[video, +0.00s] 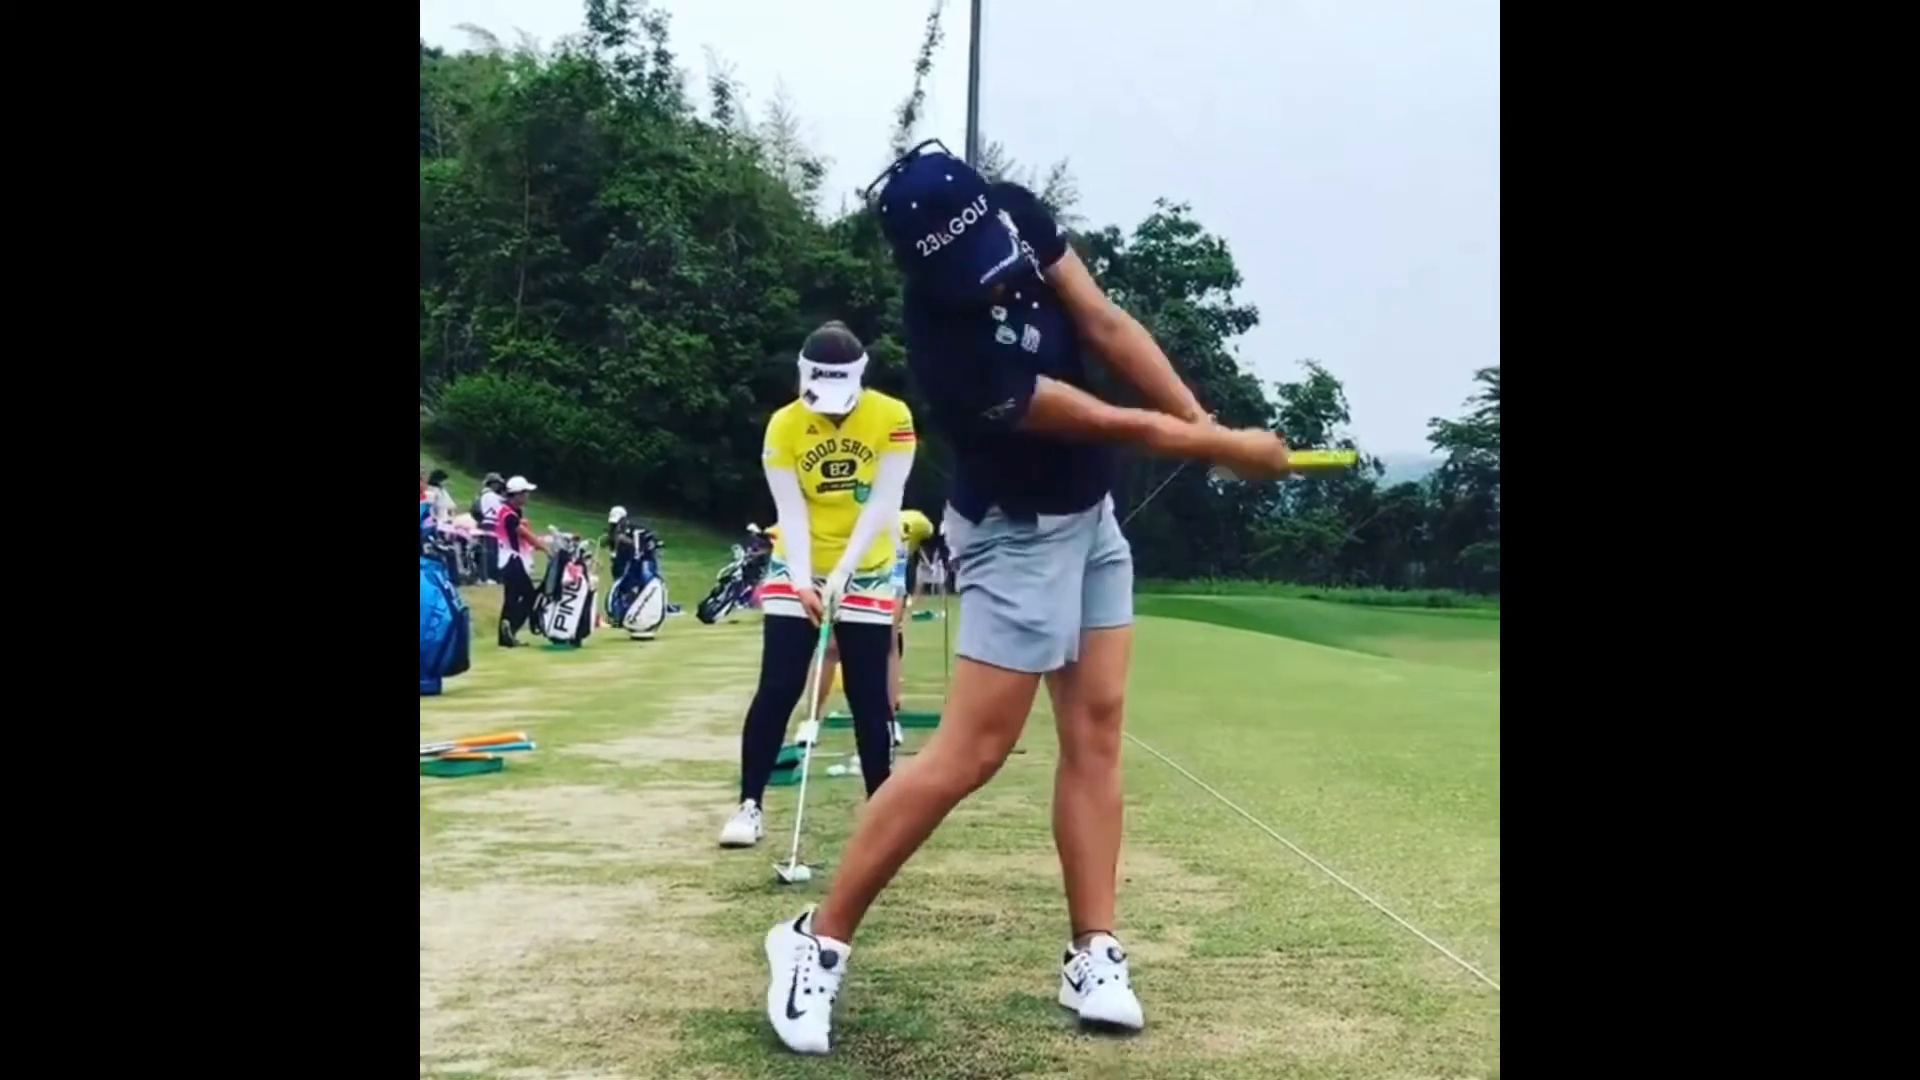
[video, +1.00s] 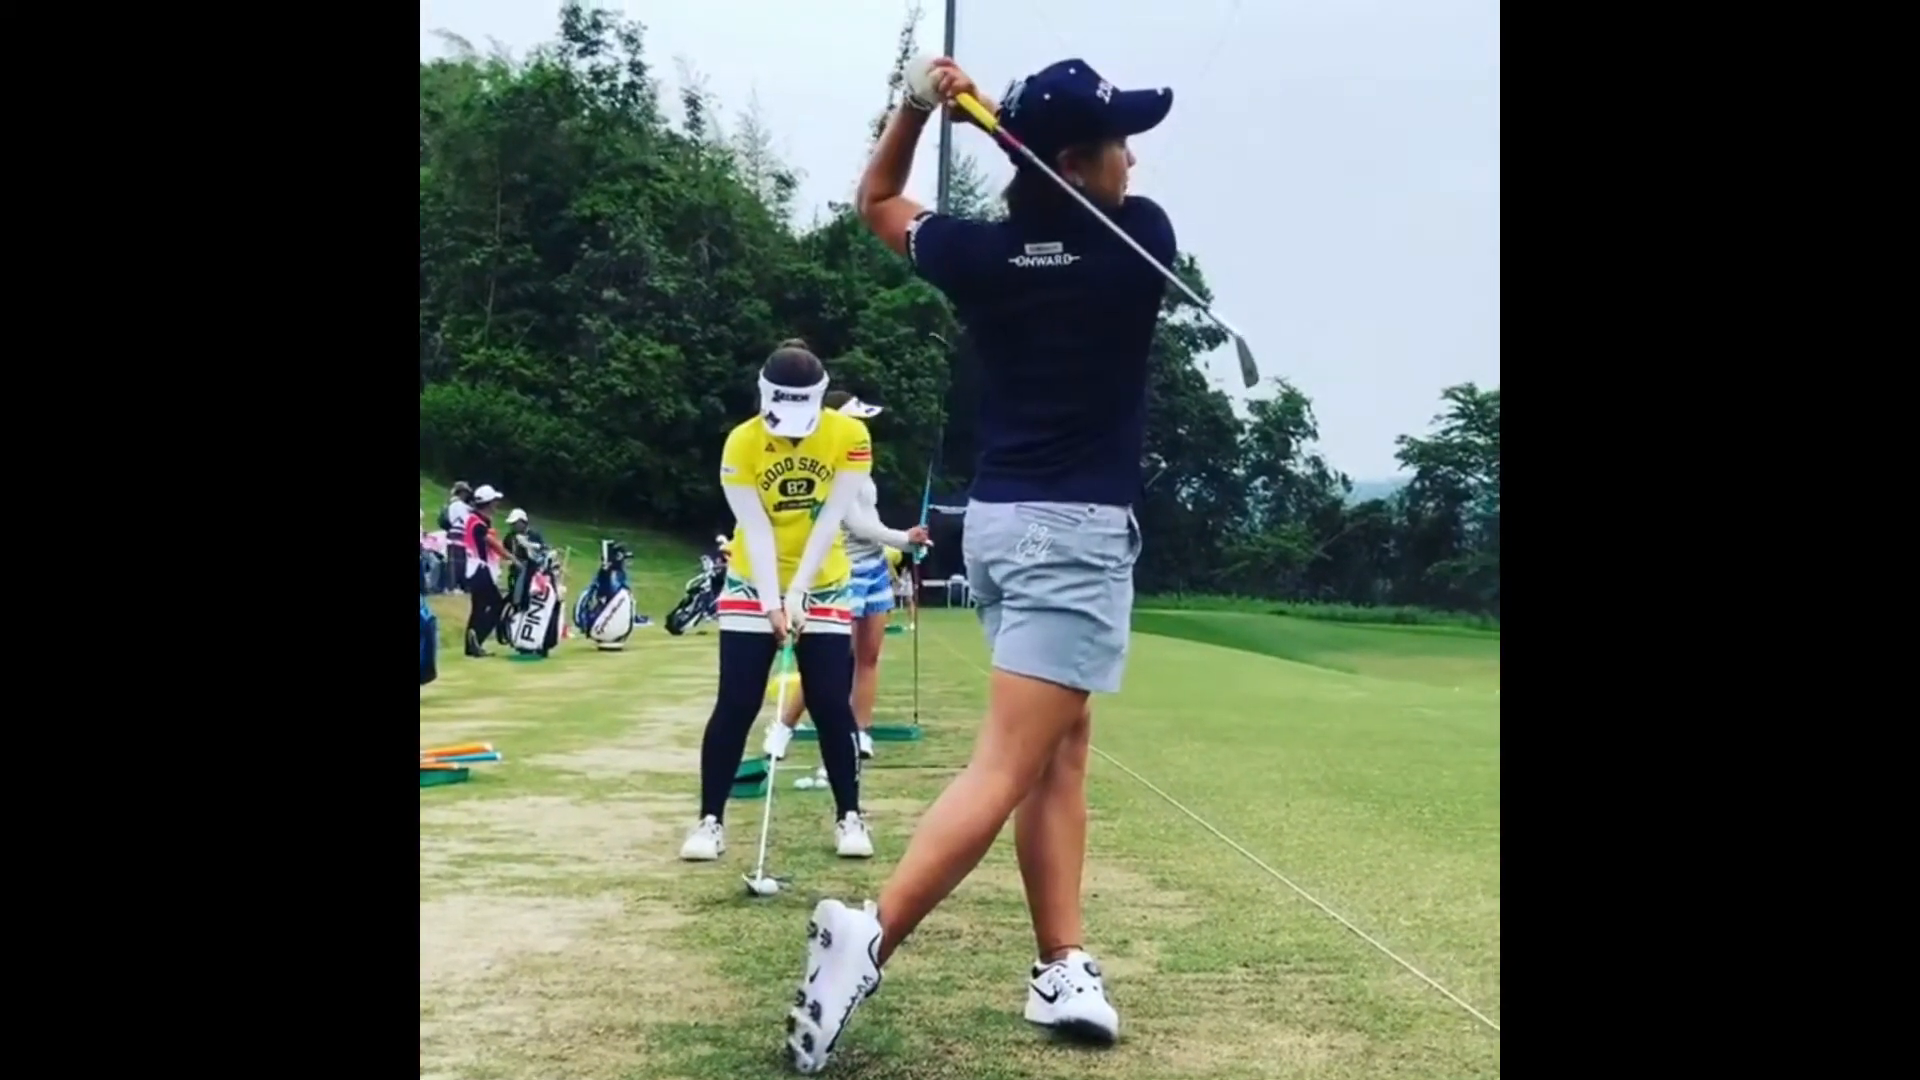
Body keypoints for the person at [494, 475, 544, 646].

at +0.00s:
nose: (527, 497)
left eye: (527, 493)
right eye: (524, 493)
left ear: (514, 496)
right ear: (515, 495)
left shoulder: (510, 512)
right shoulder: (510, 516)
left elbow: (525, 533)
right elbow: (527, 537)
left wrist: (541, 543)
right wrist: (546, 548)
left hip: (510, 556)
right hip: (511, 559)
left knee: (511, 596)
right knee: (529, 593)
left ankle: (505, 634)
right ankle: (511, 626)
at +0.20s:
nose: (517, 498)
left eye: (517, 495)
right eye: (514, 495)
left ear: (502, 496)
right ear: (507, 496)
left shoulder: (495, 513)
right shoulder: (500, 518)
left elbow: (513, 535)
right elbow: (517, 538)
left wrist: (530, 545)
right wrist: (535, 549)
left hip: (496, 558)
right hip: (502, 560)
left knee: (500, 598)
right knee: (518, 595)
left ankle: (494, 635)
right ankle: (500, 627)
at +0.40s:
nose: (508, 500)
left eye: (508, 497)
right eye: (506, 497)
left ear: (493, 497)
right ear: (498, 498)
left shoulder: (486, 515)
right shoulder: (491, 519)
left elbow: (504, 536)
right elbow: (508, 540)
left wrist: (522, 546)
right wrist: (526, 551)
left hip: (487, 559)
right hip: (492, 562)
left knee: (491, 599)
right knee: (509, 597)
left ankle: (485, 637)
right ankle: (491, 629)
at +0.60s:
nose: (502, 501)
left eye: (501, 497)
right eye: (499, 498)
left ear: (485, 498)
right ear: (492, 499)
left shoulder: (479, 516)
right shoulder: (485, 520)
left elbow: (497, 539)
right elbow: (501, 541)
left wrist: (515, 547)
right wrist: (519, 552)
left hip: (480, 560)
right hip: (486, 563)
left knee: (484, 601)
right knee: (502, 598)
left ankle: (477, 639)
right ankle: (483, 631)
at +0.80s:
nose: (498, 504)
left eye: (498, 500)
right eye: (496, 501)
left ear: (481, 501)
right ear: (488, 502)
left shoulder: (475, 518)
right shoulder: (480, 523)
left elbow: (493, 541)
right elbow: (497, 544)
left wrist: (511, 551)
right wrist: (515, 555)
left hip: (475, 562)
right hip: (481, 565)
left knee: (480, 603)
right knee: (498, 600)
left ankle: (473, 642)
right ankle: (479, 633)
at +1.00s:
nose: (496, 506)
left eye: (496, 502)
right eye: (494, 503)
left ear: (480, 503)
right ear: (486, 504)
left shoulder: (476, 521)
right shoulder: (479, 525)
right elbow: (495, 546)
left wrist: (508, 556)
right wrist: (514, 559)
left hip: (476, 565)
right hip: (479, 568)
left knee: (478, 606)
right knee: (497, 603)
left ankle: (472, 644)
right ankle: (477, 636)